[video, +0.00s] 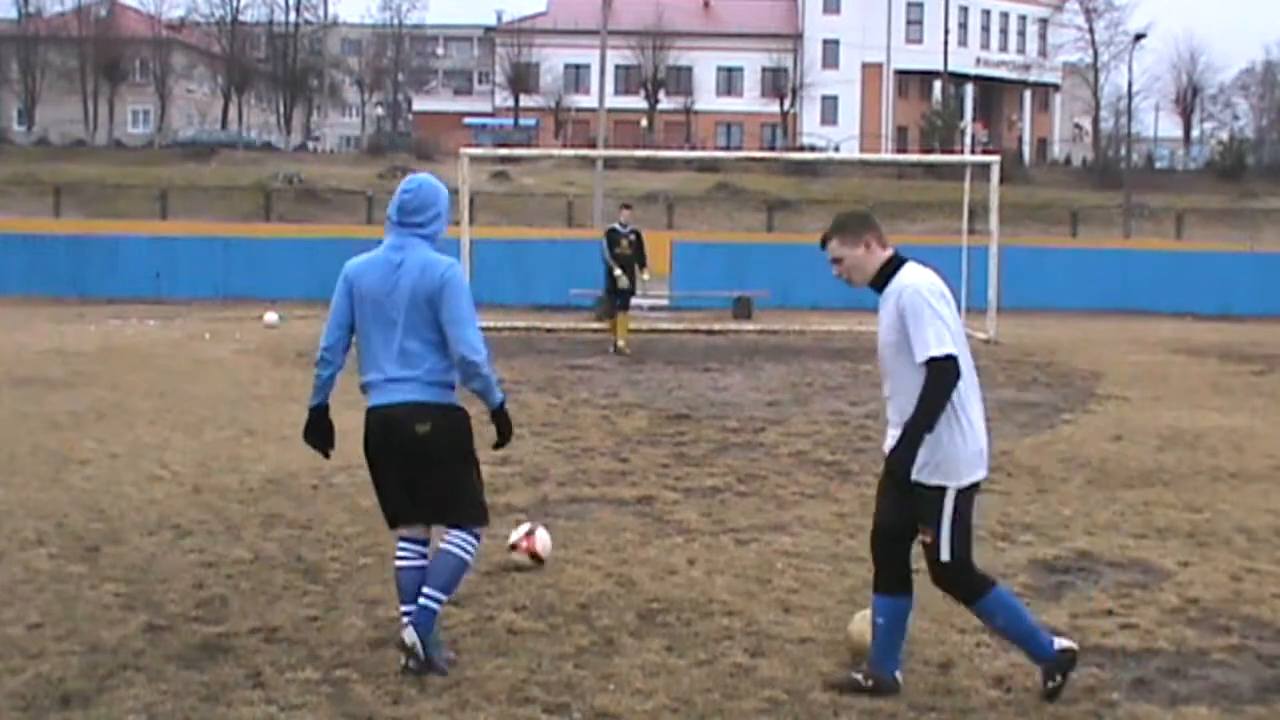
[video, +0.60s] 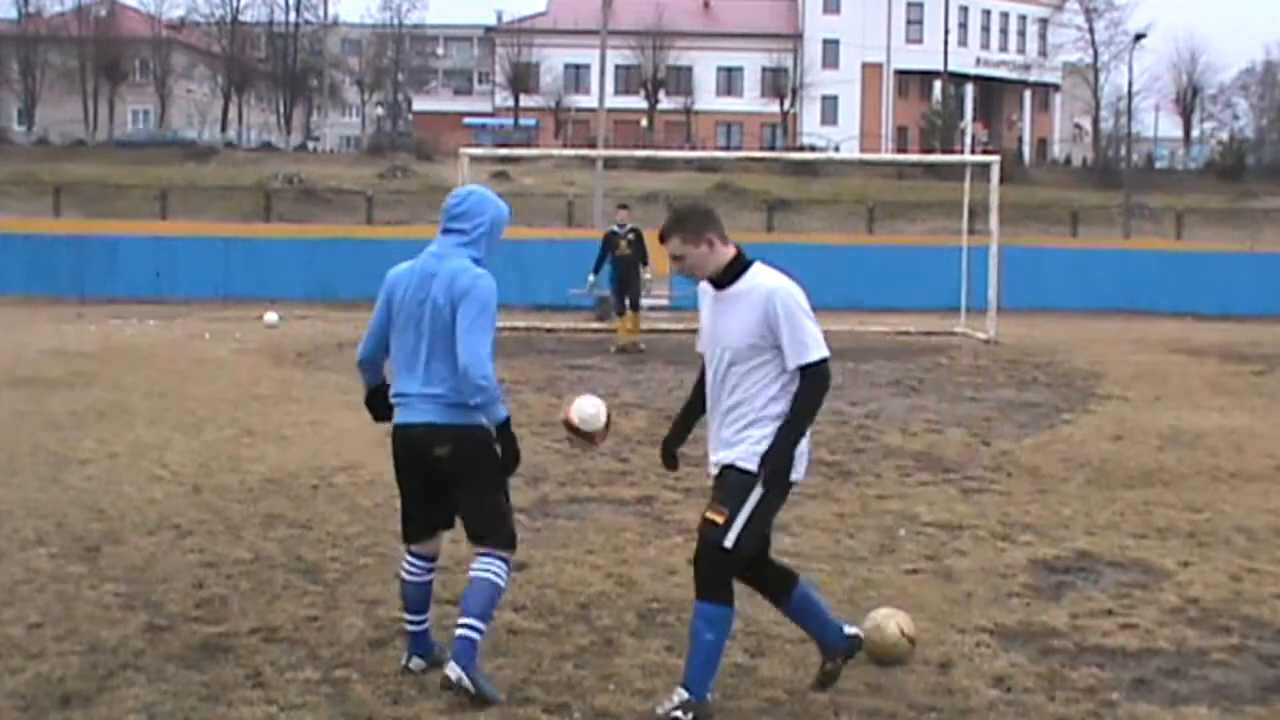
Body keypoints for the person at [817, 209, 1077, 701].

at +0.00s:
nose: (838, 273)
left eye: (841, 261)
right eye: (833, 264)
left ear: (873, 245)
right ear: (868, 251)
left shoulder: (915, 288)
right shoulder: (894, 294)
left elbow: (943, 371)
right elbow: (928, 375)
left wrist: (904, 446)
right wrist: (905, 444)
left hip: (948, 456)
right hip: (910, 451)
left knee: (951, 569)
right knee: (889, 547)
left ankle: (1050, 653)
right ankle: (882, 670)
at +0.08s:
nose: (813, 276)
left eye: (815, 263)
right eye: (808, 267)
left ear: (845, 246)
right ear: (842, 252)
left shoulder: (896, 284)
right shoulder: (872, 293)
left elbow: (929, 365)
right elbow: (901, 372)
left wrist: (886, 437)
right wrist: (882, 441)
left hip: (930, 453)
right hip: (894, 450)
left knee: (903, 559)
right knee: (874, 555)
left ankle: (1005, 640)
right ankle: (881, 671)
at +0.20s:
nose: (784, 274)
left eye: (786, 261)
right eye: (778, 265)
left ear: (814, 241)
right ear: (808, 249)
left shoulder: (874, 278)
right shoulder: (839, 291)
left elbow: (915, 355)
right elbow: (861, 372)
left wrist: (872, 429)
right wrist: (839, 429)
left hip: (897, 444)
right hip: (865, 444)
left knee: (847, 546)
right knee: (865, 548)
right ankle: (881, 658)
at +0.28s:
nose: (765, 272)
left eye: (766, 260)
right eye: (760, 264)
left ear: (795, 241)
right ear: (789, 248)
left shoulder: (860, 280)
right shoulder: (810, 290)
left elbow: (904, 358)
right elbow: (834, 368)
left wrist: (861, 444)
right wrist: (807, 423)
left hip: (870, 446)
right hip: (838, 445)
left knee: (816, 543)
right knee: (860, 550)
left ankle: (826, 679)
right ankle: (882, 671)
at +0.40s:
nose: (733, 276)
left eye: (735, 265)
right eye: (728, 267)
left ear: (763, 248)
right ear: (758, 254)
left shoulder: (834, 290)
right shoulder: (773, 297)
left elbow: (880, 368)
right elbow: (785, 374)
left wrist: (856, 446)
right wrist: (751, 433)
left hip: (832, 457)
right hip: (799, 456)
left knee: (779, 556)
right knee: (845, 559)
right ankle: (880, 671)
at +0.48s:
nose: (711, 277)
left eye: (713, 265)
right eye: (707, 267)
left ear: (744, 249)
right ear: (737, 256)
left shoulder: (813, 295)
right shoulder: (746, 300)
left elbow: (859, 374)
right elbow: (755, 375)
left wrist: (836, 452)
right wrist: (718, 435)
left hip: (806, 459)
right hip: (773, 457)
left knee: (749, 556)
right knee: (819, 558)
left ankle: (704, 691)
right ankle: (875, 665)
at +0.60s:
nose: (680, 267)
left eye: (682, 256)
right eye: (675, 259)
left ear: (713, 242)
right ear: (702, 248)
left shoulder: (776, 292)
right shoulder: (709, 292)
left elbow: (817, 374)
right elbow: (713, 369)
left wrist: (781, 452)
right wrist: (678, 432)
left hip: (763, 456)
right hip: (729, 455)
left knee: (711, 558)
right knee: (750, 563)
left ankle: (693, 697)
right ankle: (836, 639)